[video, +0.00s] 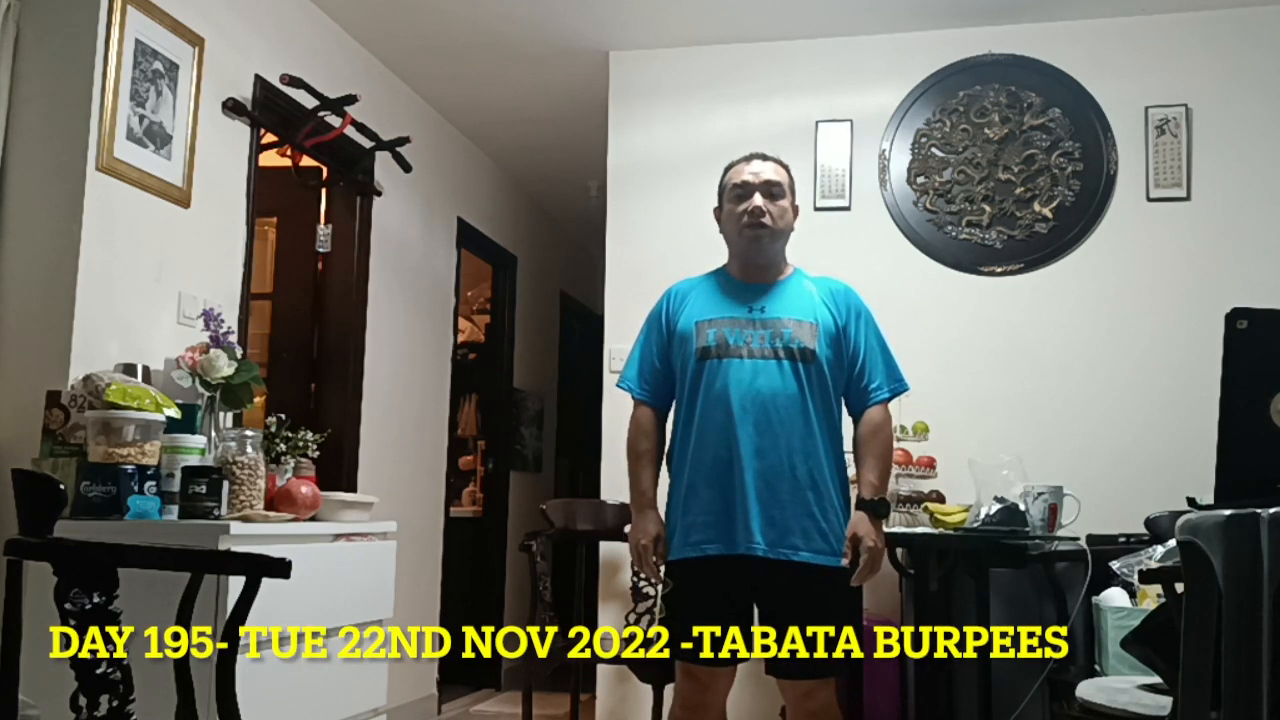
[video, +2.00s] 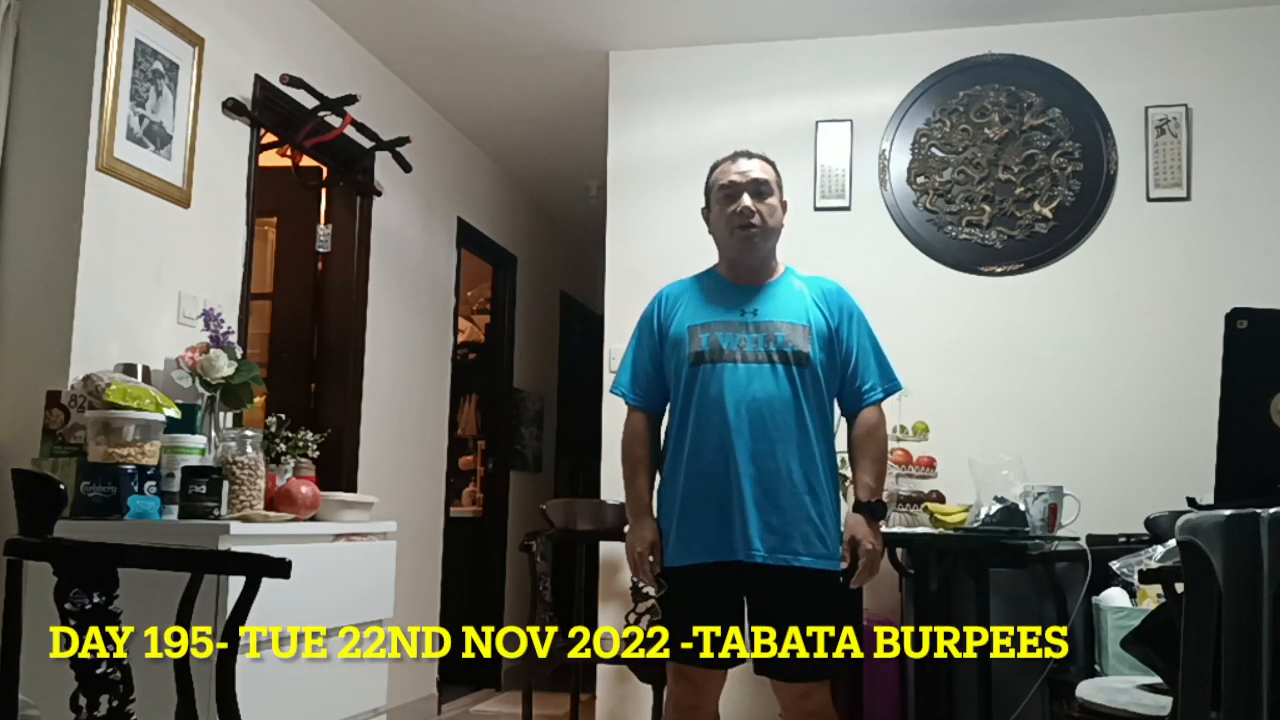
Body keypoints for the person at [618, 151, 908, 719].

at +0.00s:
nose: (757, 200)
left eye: (772, 192)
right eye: (741, 192)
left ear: (794, 215)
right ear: (719, 217)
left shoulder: (837, 303)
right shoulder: (681, 302)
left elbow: (874, 408)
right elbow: (646, 410)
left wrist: (870, 509)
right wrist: (643, 510)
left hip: (810, 542)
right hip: (704, 538)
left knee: (814, 699)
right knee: (698, 691)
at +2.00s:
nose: (745, 201)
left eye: (760, 191)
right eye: (729, 193)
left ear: (783, 213)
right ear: (707, 218)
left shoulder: (829, 303)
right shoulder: (671, 305)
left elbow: (867, 409)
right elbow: (640, 416)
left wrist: (867, 510)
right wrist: (640, 516)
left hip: (803, 541)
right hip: (698, 539)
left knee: (808, 698)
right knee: (691, 691)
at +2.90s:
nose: (828, 197)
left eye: (838, 185)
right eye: (809, 180)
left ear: (847, 200)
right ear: (761, 191)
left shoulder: (871, 301)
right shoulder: (699, 289)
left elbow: (921, 408)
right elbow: (655, 406)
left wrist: (945, 495)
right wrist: (648, 508)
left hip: (833, 559)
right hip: (716, 549)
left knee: (840, 710)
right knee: (692, 705)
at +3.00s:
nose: (874, 189)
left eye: (885, 175)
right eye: (856, 166)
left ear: (893, 188)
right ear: (804, 173)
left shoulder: (907, 294)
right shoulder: (731, 269)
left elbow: (964, 397)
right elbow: (683, 387)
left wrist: (994, 480)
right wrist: (674, 488)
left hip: (853, 550)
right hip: (736, 535)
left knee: (851, 709)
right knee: (694, 696)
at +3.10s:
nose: (911, 184)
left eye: (924, 170)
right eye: (894, 161)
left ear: (933, 183)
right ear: (841, 165)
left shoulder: (937, 289)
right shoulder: (758, 255)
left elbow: (1003, 385)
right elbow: (705, 368)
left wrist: (1048, 462)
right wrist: (690, 475)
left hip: (863, 560)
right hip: (746, 536)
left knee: (860, 712)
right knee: (701, 693)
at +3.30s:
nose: (966, 192)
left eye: (979, 176)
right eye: (949, 166)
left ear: (986, 183)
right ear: (891, 159)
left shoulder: (980, 295)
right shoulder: (793, 240)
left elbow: (1062, 379)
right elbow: (726, 349)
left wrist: (1135, 444)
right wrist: (706, 460)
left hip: (880, 570)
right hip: (762, 540)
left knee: (861, 714)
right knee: (726, 706)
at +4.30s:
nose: (949, 175)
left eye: (962, 160)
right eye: (931, 151)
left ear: (969, 167)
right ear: (873, 151)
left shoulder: (970, 287)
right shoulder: (773, 240)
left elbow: (1036, 393)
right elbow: (708, 353)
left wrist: (1090, 476)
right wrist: (692, 472)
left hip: (878, 572)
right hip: (752, 541)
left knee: (859, 717)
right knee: (711, 702)